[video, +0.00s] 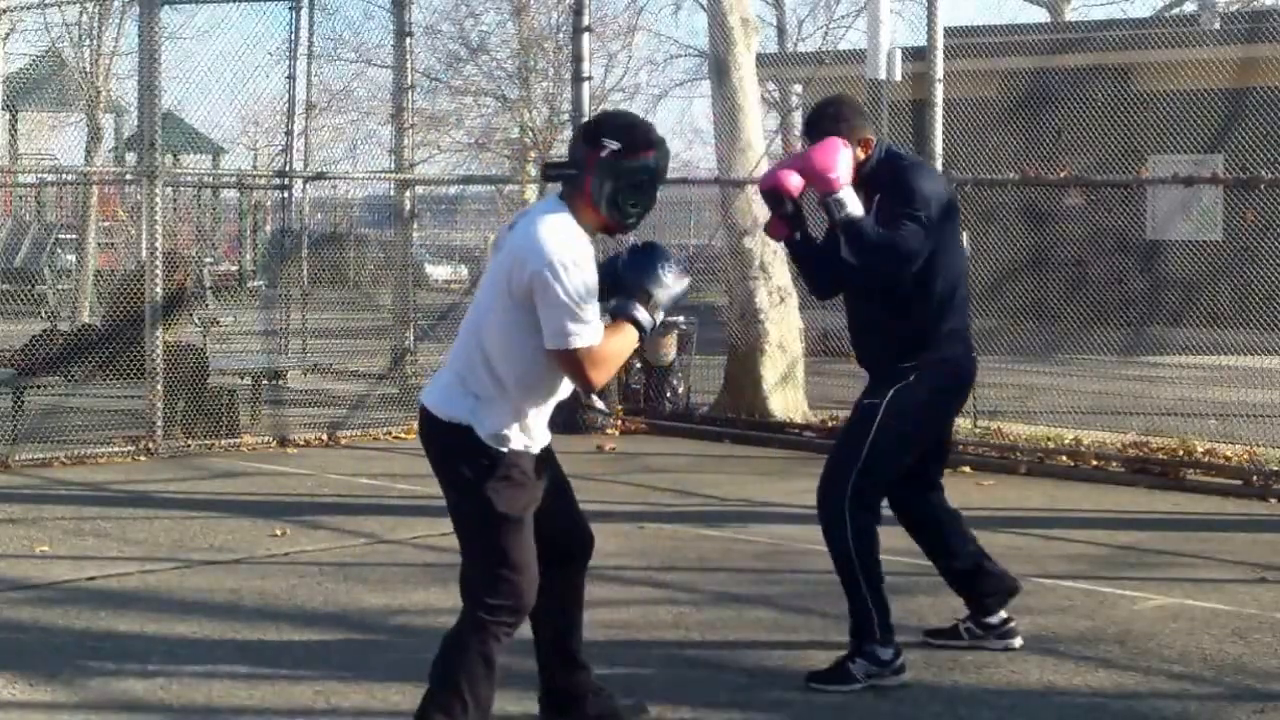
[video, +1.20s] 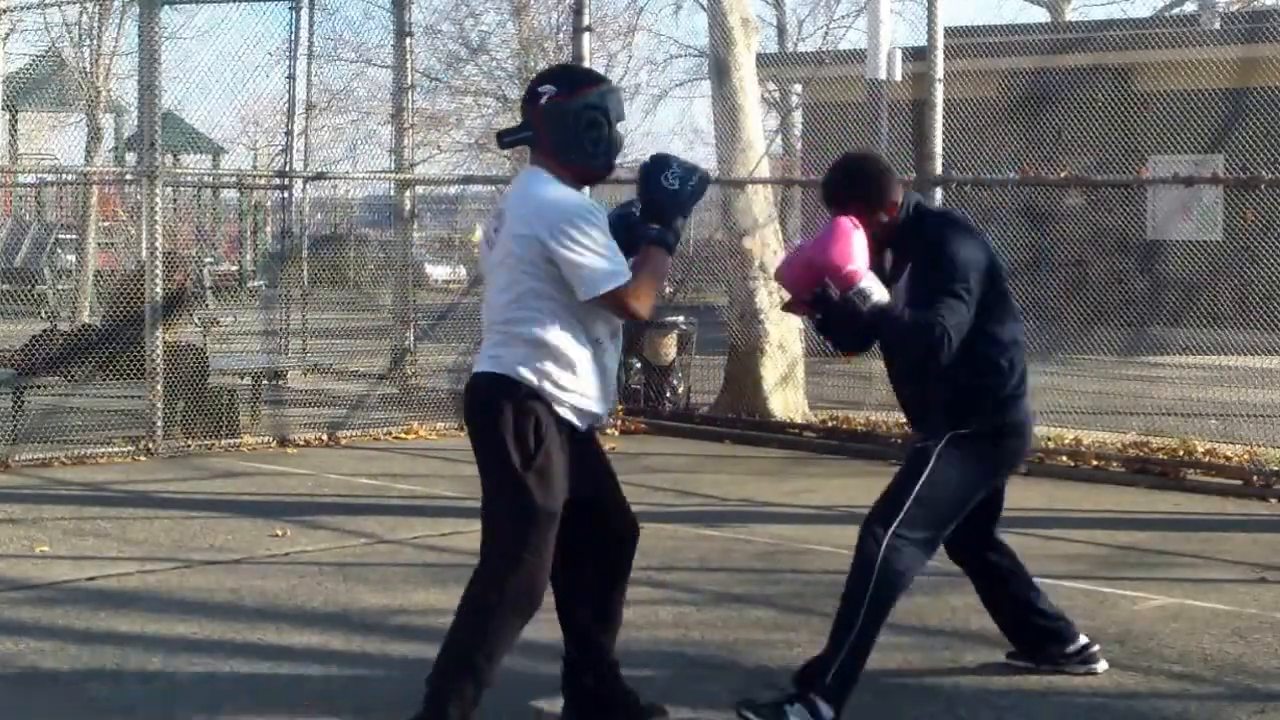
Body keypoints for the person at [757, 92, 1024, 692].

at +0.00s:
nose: (830, 170)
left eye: (834, 158)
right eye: (822, 161)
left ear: (864, 144)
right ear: (831, 156)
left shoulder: (912, 179)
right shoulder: (856, 196)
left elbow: (897, 259)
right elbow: (827, 281)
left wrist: (842, 201)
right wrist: (791, 230)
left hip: (923, 367)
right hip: (907, 367)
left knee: (843, 496)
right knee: (913, 492)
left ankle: (875, 650)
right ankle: (991, 608)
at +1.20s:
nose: (843, 232)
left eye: (845, 221)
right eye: (841, 223)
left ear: (874, 212)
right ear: (884, 204)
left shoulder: (953, 242)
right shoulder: (891, 250)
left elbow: (938, 340)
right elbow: (857, 337)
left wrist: (862, 291)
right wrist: (818, 304)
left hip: (978, 431)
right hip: (955, 428)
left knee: (887, 537)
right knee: (973, 541)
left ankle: (820, 699)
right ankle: (1057, 643)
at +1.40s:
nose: (883, 397)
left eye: (894, 386)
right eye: (872, 385)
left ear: (916, 360)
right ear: (851, 357)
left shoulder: (951, 369)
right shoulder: (825, 339)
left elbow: (946, 476)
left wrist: (881, 466)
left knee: (832, 556)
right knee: (894, 629)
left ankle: (793, 702)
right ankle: (1029, 630)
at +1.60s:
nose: (931, 302)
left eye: (945, 293)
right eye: (925, 287)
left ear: (973, 279)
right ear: (910, 266)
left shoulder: (1011, 316)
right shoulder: (877, 286)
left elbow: (1003, 429)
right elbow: (810, 333)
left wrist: (937, 386)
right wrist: (800, 383)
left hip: (983, 461)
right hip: (918, 462)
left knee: (871, 542)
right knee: (940, 598)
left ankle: (802, 706)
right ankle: (1068, 658)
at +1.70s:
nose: (936, 229)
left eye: (946, 218)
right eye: (931, 216)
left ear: (986, 207)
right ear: (927, 205)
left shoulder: (1045, 248)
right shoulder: (933, 240)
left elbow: (1045, 356)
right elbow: (885, 322)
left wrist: (970, 302)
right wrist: (867, 285)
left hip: (1040, 429)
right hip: (988, 429)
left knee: (930, 518)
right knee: (990, 546)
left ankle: (885, 689)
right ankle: (1074, 658)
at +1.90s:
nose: (980, 186)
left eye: (981, 173)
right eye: (973, 175)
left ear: (1011, 156)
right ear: (1018, 152)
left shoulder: (1075, 199)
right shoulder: (1024, 197)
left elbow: (1041, 299)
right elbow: (973, 275)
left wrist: (977, 233)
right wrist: (939, 221)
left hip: (1102, 412)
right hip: (1066, 410)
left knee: (1030, 565)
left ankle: (1126, 695)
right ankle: (1100, 662)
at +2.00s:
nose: (998, 191)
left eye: (1000, 177)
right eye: (991, 179)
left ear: (1033, 160)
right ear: (1035, 155)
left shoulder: (1102, 202)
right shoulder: (1046, 193)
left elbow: (1055, 301)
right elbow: (1000, 279)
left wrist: (990, 225)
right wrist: (958, 226)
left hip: (1142, 402)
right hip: (1112, 399)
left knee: (1056, 559)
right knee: (1094, 526)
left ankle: (1130, 703)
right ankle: (1153, 657)